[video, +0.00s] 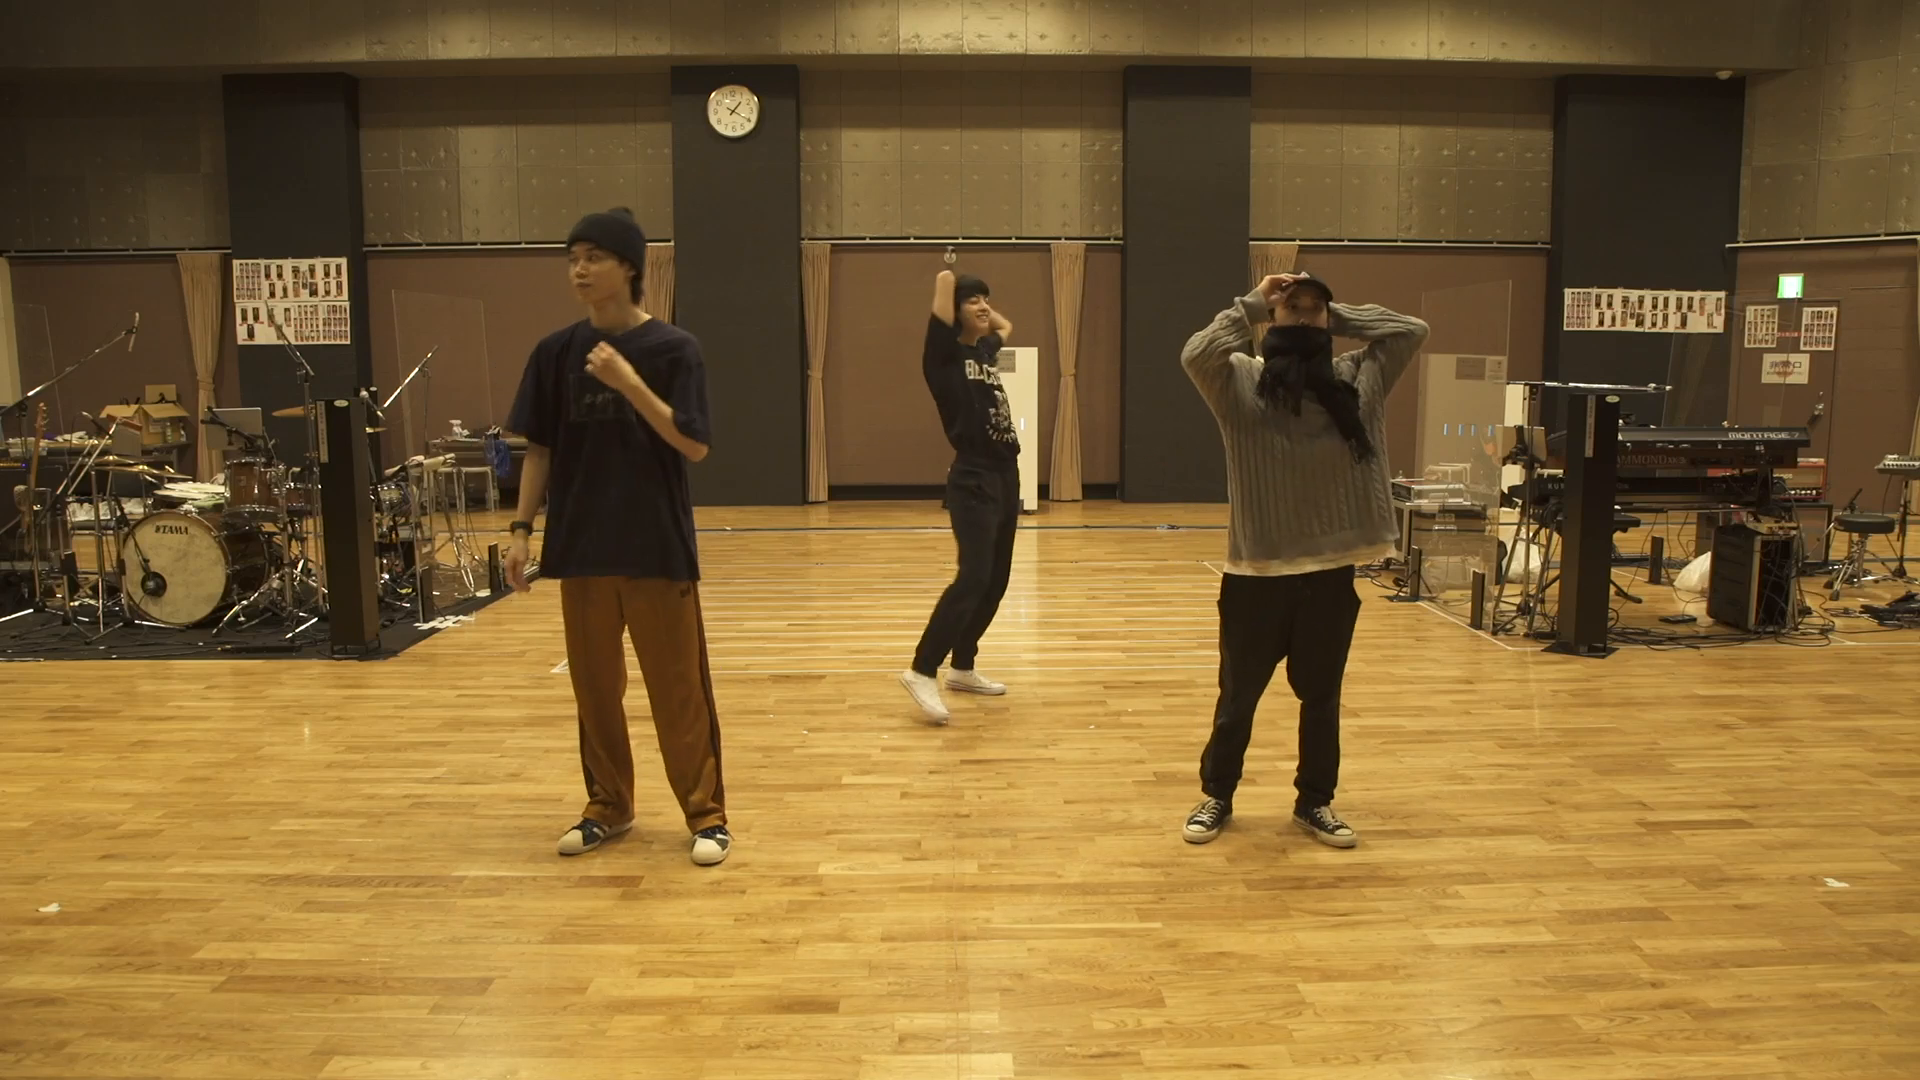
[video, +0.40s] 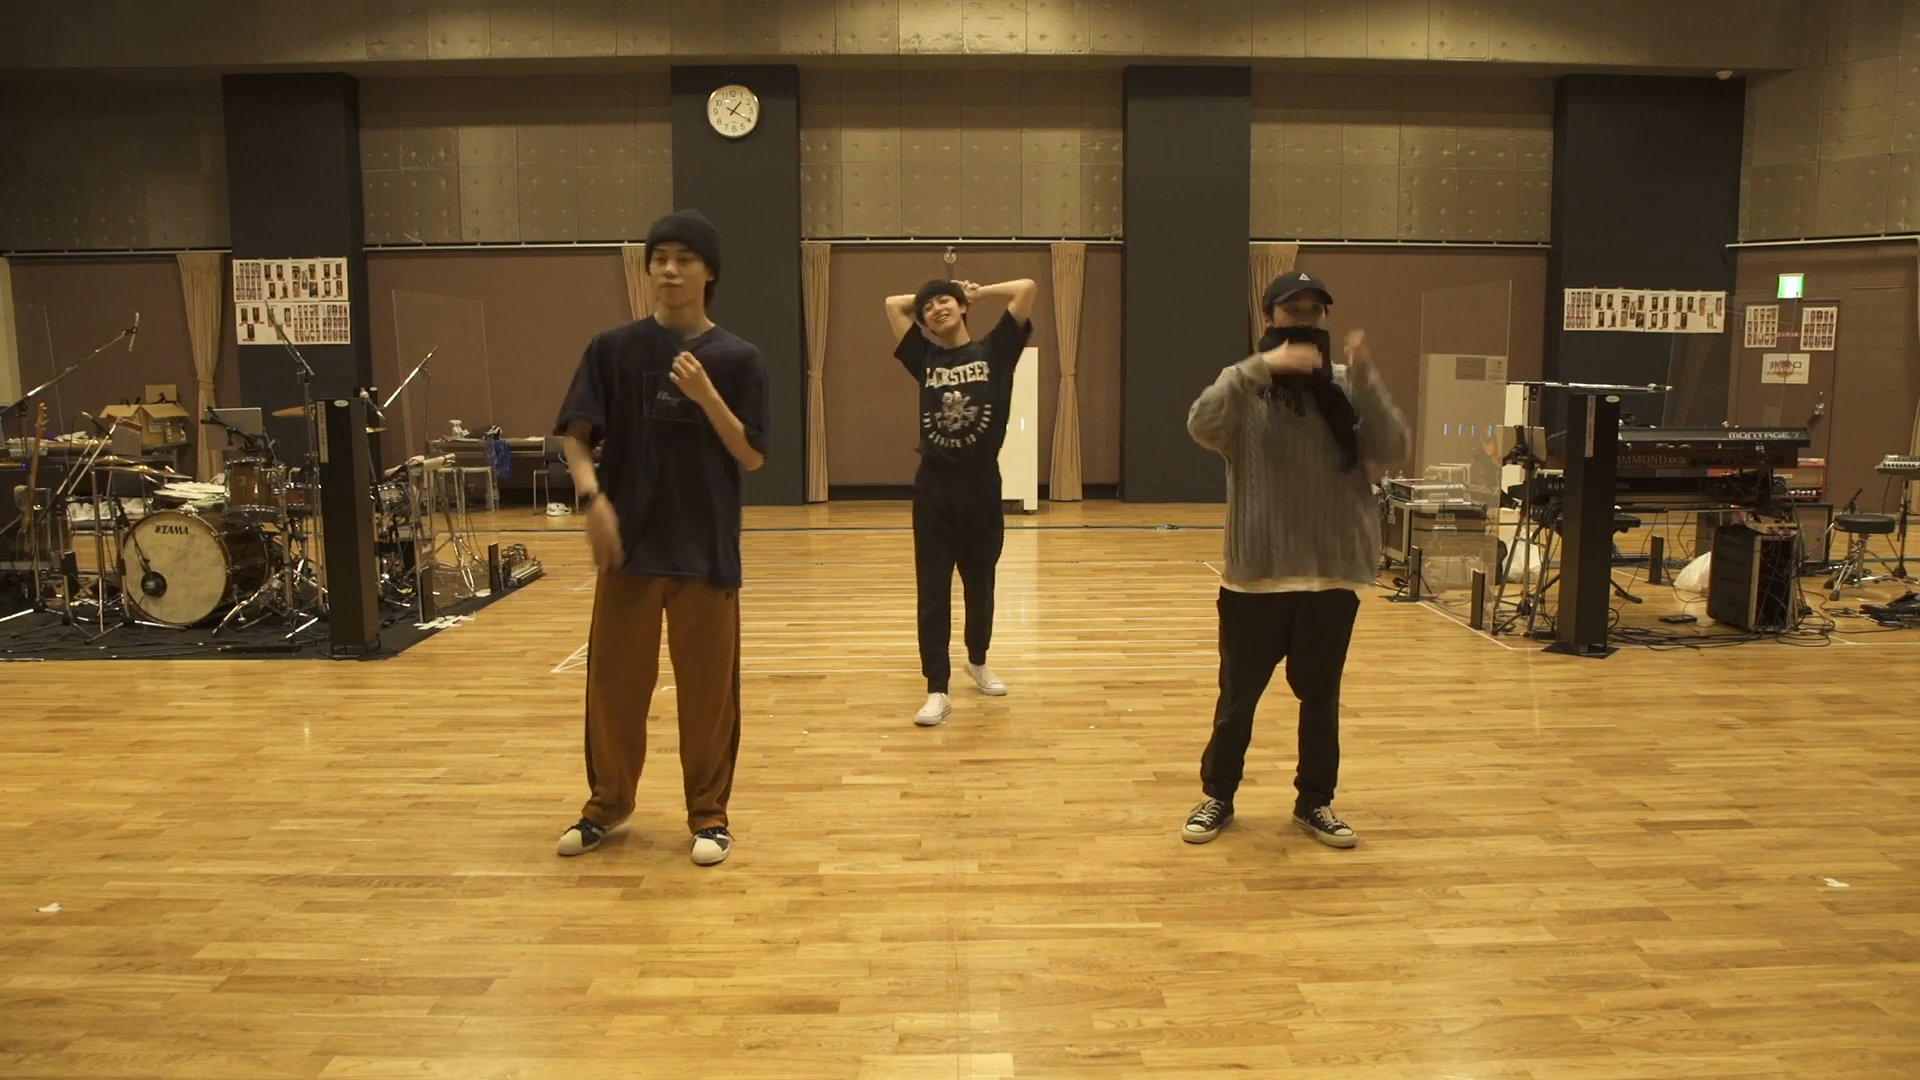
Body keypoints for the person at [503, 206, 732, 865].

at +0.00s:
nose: (580, 271)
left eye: (594, 259)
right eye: (575, 260)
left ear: (630, 267)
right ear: (570, 270)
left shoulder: (674, 350)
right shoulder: (555, 353)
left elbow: (694, 444)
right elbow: (538, 450)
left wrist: (631, 384)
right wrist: (522, 527)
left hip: (658, 550)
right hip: (578, 551)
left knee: (680, 690)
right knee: (595, 689)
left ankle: (706, 816)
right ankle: (607, 810)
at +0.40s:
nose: (671, 271)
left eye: (685, 260)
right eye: (661, 260)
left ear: (710, 273)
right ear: (647, 271)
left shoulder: (739, 359)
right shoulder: (611, 349)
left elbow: (750, 454)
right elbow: (574, 436)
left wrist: (708, 398)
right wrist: (593, 499)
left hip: (707, 549)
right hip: (628, 546)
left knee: (709, 689)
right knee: (613, 681)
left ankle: (709, 816)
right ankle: (607, 805)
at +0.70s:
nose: (696, 277)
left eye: (711, 267)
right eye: (687, 266)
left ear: (736, 279)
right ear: (674, 274)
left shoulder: (762, 365)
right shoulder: (644, 347)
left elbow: (783, 458)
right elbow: (616, 432)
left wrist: (734, 417)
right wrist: (604, 378)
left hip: (724, 552)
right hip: (646, 547)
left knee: (718, 690)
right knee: (636, 691)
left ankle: (711, 820)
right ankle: (627, 831)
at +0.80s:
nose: (700, 277)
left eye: (714, 268)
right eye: (692, 266)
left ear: (742, 279)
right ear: (680, 275)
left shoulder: (768, 367)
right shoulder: (646, 345)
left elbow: (784, 460)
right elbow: (613, 428)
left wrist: (731, 456)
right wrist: (604, 364)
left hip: (725, 555)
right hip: (647, 548)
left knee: (719, 690)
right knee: (634, 684)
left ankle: (711, 821)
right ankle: (627, 830)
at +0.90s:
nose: (701, 274)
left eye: (717, 266)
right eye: (694, 263)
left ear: (744, 279)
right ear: (682, 272)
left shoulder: (768, 364)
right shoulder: (647, 343)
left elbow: (780, 461)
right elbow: (619, 426)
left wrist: (734, 498)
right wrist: (608, 356)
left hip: (725, 551)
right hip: (648, 542)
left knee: (718, 686)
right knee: (629, 675)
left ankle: (711, 821)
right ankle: (616, 824)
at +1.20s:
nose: (702, 290)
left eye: (717, 282)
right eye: (697, 278)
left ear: (750, 293)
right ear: (689, 282)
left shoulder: (773, 375)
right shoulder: (654, 345)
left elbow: (785, 473)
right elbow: (605, 425)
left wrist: (797, 559)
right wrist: (603, 351)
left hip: (723, 554)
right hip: (644, 544)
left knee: (714, 692)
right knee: (614, 670)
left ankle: (710, 821)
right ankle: (583, 818)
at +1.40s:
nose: (699, 296)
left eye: (714, 288)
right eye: (695, 284)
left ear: (747, 298)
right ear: (690, 286)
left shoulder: (774, 376)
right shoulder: (654, 350)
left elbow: (803, 470)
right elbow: (612, 429)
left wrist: (810, 555)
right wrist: (607, 360)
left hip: (722, 556)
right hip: (642, 545)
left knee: (712, 691)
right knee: (605, 677)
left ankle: (710, 821)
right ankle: (572, 825)